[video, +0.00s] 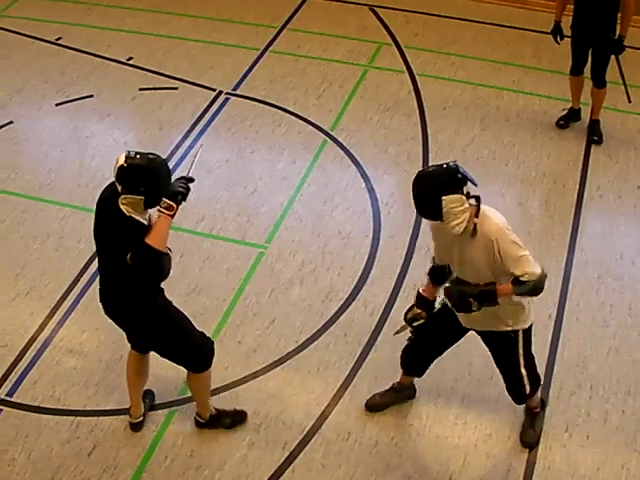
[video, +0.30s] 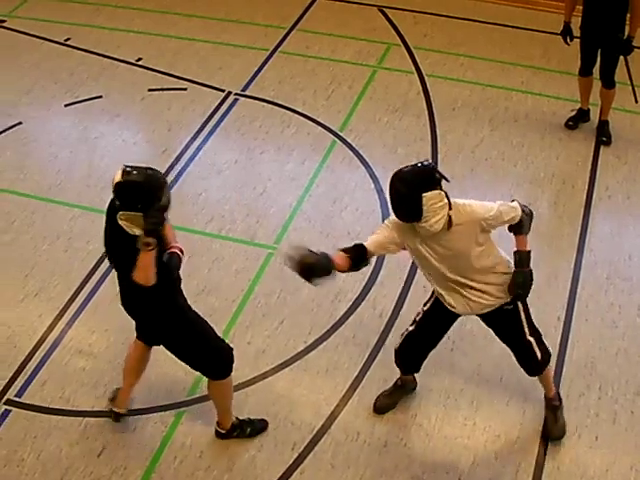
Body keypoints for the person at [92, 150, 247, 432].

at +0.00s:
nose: (155, 202)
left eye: (156, 196)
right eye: (153, 197)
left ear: (127, 182)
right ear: (140, 196)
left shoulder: (109, 196)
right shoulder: (127, 228)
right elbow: (152, 269)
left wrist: (164, 196)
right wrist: (168, 210)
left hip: (113, 297)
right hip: (142, 306)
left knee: (140, 344)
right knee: (200, 350)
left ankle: (135, 412)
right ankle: (205, 413)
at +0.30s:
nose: (163, 208)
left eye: (160, 203)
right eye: (158, 204)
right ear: (143, 208)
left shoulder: (128, 206)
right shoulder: (120, 236)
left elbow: (162, 223)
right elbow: (146, 279)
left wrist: (174, 248)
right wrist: (148, 236)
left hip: (137, 295)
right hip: (161, 308)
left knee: (144, 338)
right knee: (219, 356)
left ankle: (121, 401)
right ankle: (226, 424)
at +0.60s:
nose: (137, 217)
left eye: (136, 211)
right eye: (134, 213)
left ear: (110, 210)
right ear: (118, 217)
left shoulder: (105, 218)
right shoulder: (95, 250)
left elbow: (142, 239)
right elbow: (119, 293)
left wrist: (149, 261)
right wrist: (123, 256)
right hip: (142, 318)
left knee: (123, 350)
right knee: (213, 356)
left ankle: (90, 403)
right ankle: (234, 423)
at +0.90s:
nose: (109, 162)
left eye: (114, 165)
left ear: (115, 186)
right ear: (135, 201)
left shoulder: (97, 200)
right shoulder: (120, 236)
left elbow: (129, 217)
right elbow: (153, 279)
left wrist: (154, 235)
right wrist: (168, 222)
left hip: (102, 305)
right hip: (134, 314)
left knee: (99, 353)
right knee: (188, 360)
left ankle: (88, 405)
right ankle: (210, 422)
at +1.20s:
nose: (145, 170)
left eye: (150, 174)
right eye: (153, 169)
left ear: (149, 193)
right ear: (168, 208)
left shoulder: (123, 205)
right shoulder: (155, 249)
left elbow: (153, 232)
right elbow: (169, 312)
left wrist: (183, 229)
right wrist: (220, 282)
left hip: (122, 319)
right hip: (157, 325)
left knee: (110, 357)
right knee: (211, 357)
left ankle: (95, 410)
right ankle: (213, 422)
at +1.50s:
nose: (193, 234)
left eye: (195, 228)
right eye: (191, 227)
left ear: (162, 214)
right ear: (172, 224)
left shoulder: (135, 224)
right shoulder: (164, 264)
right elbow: (150, 329)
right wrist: (190, 329)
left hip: (136, 329)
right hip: (166, 334)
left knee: (133, 363)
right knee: (240, 346)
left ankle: (115, 427)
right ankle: (223, 415)